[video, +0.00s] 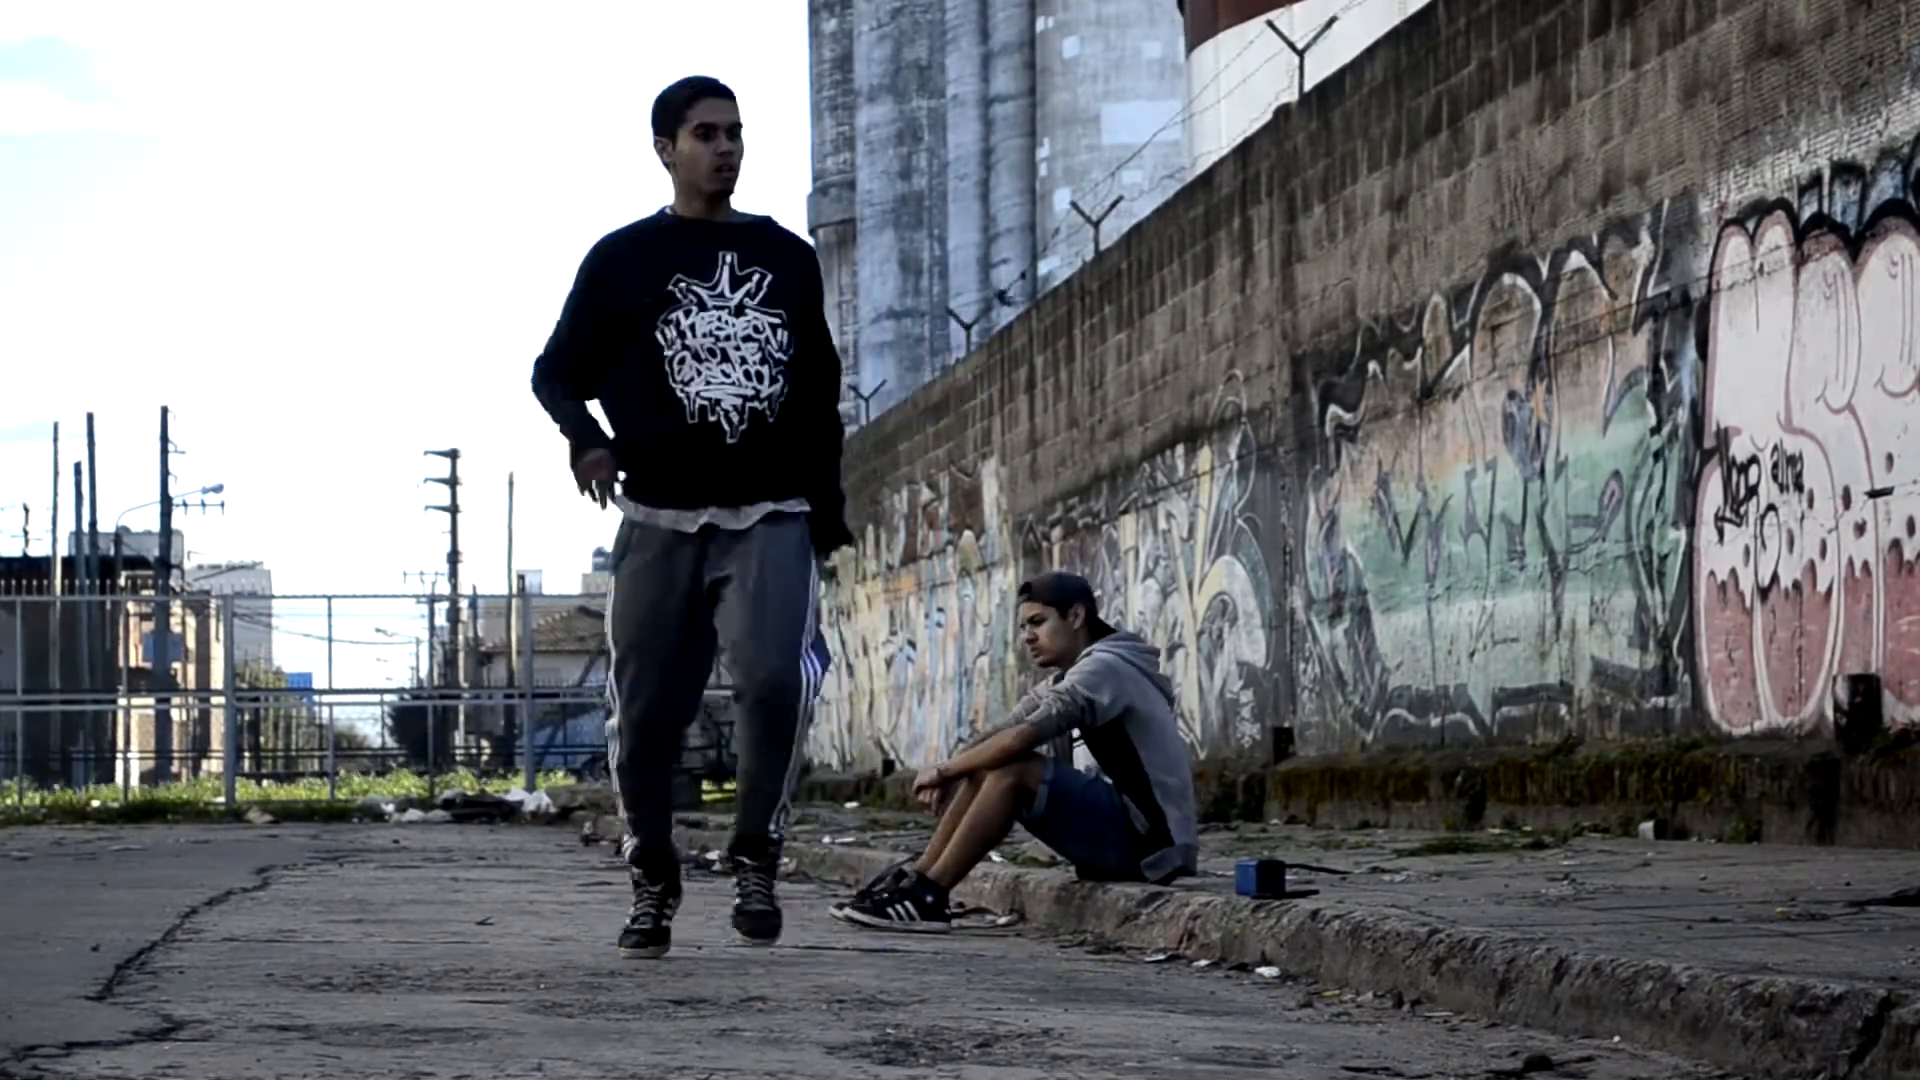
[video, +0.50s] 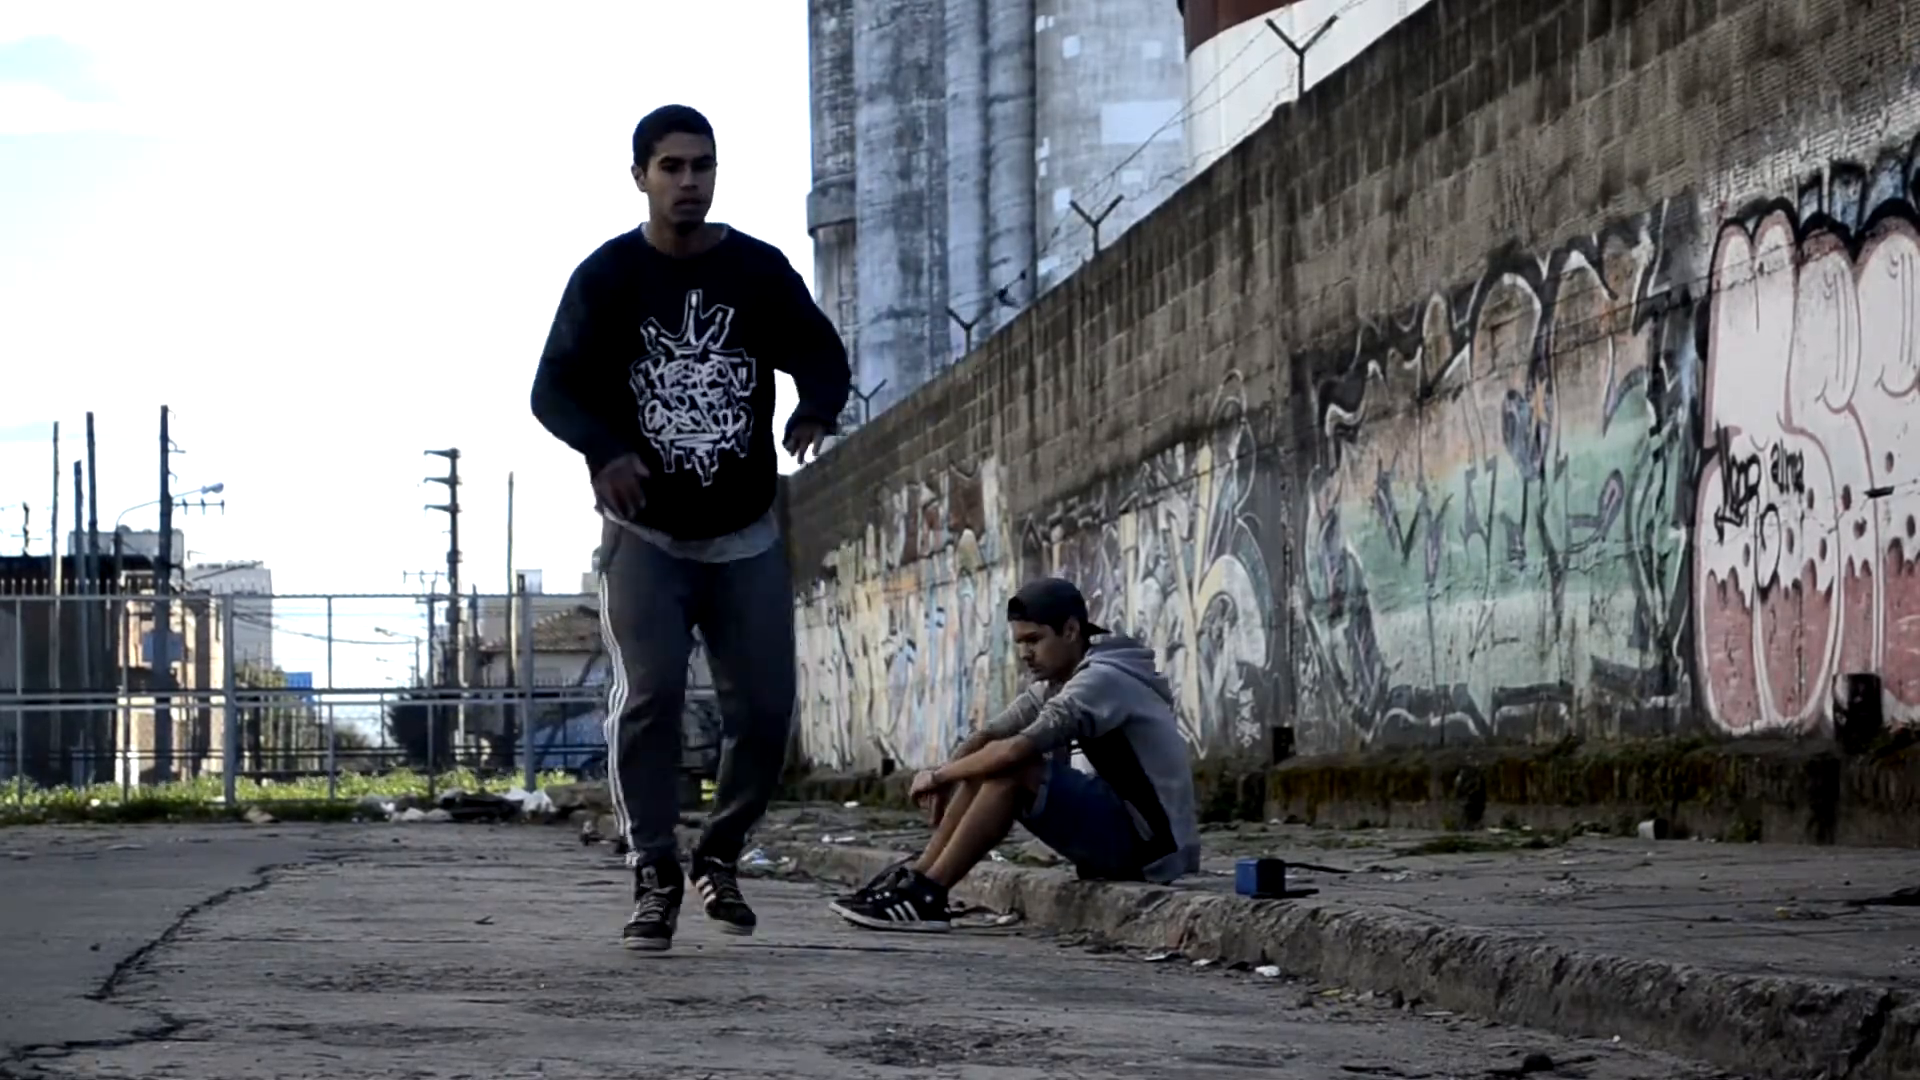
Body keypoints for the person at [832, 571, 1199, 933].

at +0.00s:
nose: (1028, 637)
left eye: (1037, 623)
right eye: (1024, 627)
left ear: (1076, 617)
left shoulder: (1105, 665)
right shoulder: (1081, 670)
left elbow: (1022, 738)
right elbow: (1015, 730)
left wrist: (945, 770)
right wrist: (949, 769)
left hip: (1151, 844)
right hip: (1123, 834)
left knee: (1015, 770)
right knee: (986, 764)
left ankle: (933, 895)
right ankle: (914, 884)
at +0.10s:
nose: (1027, 639)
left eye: (1035, 625)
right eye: (1022, 629)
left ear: (1074, 618)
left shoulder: (1107, 665)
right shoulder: (1072, 673)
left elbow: (1023, 738)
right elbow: (1007, 727)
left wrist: (947, 770)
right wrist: (950, 769)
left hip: (1151, 844)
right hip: (1122, 834)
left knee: (1015, 770)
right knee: (986, 766)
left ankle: (932, 895)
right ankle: (913, 882)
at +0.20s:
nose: (1026, 643)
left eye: (1035, 628)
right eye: (1021, 632)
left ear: (1072, 621)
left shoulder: (1106, 671)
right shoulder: (1068, 676)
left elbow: (1022, 746)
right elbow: (998, 733)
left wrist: (947, 771)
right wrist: (947, 773)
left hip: (1149, 845)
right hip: (1119, 835)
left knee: (1017, 771)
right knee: (986, 763)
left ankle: (931, 894)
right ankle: (913, 882)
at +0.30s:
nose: (1025, 650)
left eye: (1033, 636)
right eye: (1020, 639)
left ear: (1071, 626)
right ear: (1064, 630)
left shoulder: (1106, 675)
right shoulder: (1069, 678)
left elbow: (1019, 751)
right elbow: (995, 735)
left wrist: (942, 773)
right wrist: (943, 773)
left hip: (1150, 848)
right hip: (1120, 837)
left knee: (1017, 770)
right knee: (988, 762)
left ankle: (932, 895)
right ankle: (914, 881)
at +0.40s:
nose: (1023, 656)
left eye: (1032, 642)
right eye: (1019, 644)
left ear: (1070, 631)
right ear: (1062, 635)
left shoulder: (1105, 677)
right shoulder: (1065, 680)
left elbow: (1019, 752)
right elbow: (994, 736)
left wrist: (942, 774)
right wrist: (943, 775)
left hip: (1150, 848)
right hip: (1118, 838)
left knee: (1017, 770)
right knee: (989, 761)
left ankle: (932, 895)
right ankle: (915, 880)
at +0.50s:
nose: (1023, 655)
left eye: (1032, 641)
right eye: (1018, 643)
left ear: (1071, 631)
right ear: (1062, 635)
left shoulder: (1102, 677)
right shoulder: (1064, 678)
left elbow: (1018, 752)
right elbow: (992, 735)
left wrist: (940, 774)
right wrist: (940, 777)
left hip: (1150, 848)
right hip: (1119, 838)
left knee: (1016, 769)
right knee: (988, 760)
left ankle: (932, 895)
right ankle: (915, 881)